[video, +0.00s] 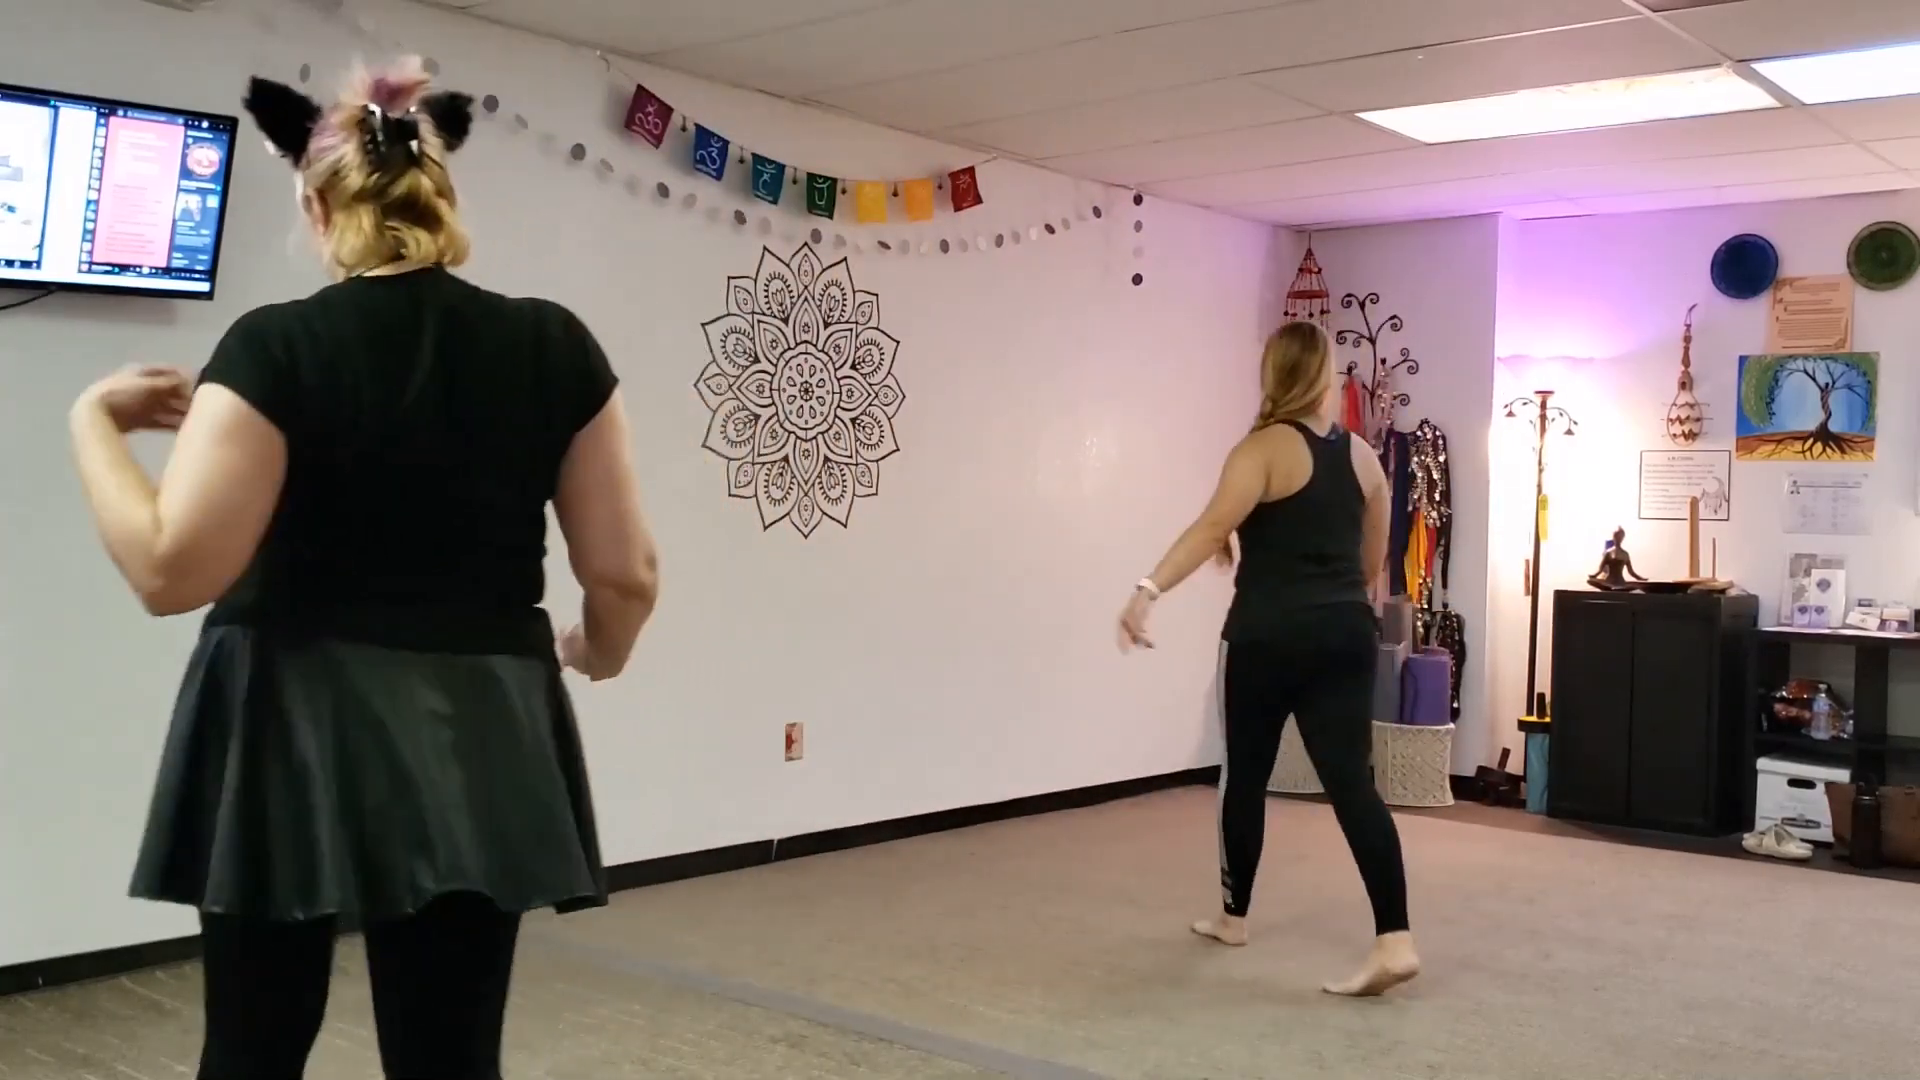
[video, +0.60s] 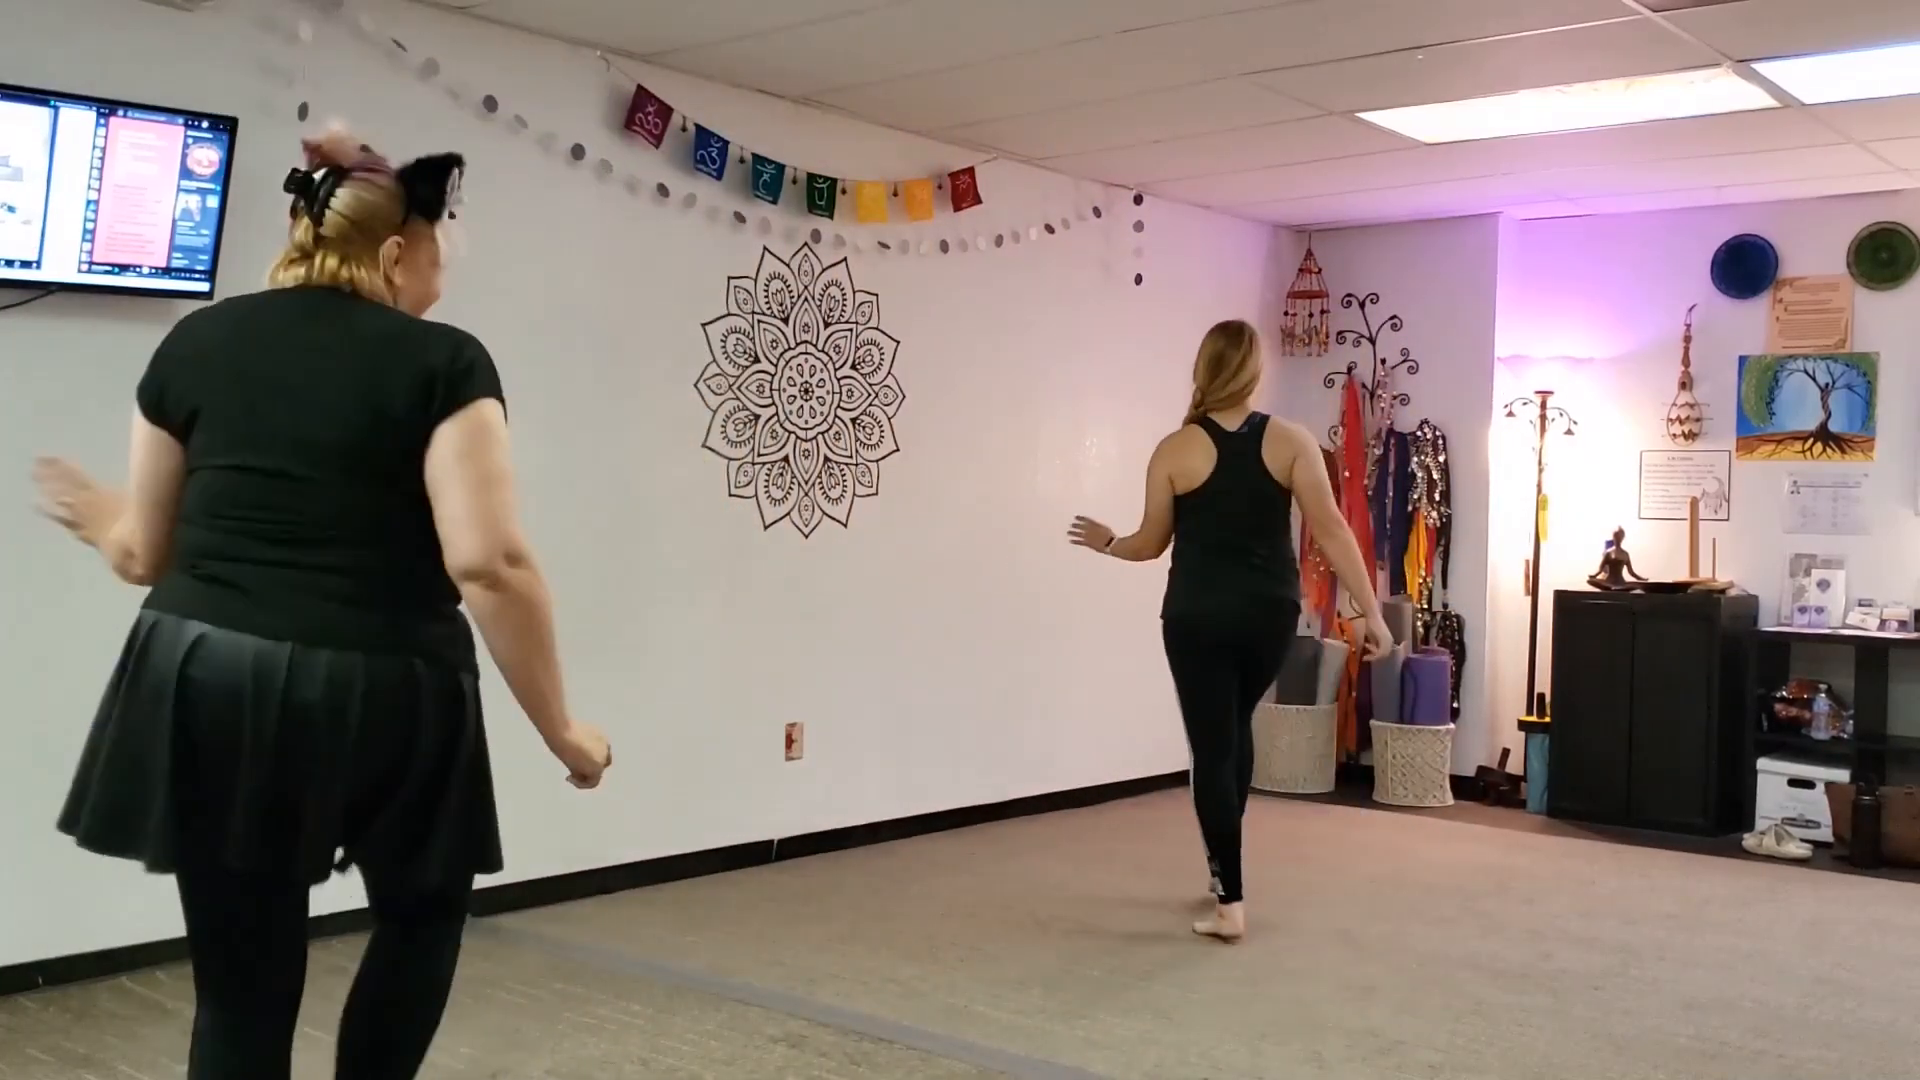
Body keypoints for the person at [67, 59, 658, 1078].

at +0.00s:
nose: (301, 225)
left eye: (301, 205)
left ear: (318, 208)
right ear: (445, 199)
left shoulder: (277, 345)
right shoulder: (550, 345)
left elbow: (171, 575)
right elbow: (624, 572)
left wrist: (90, 412)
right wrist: (597, 653)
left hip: (290, 722)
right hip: (477, 726)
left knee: (252, 1050)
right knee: (451, 1055)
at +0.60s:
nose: (439, 280)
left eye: (440, 259)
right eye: (435, 257)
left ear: (307, 244)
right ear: (395, 253)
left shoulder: (199, 339)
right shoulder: (440, 359)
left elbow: (145, 557)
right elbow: (485, 561)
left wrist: (94, 515)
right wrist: (559, 727)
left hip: (207, 680)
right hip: (386, 692)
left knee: (242, 986)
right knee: (421, 921)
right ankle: (368, 1073)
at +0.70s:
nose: (460, 275)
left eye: (460, 253)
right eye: (454, 253)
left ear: (330, 245)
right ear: (400, 252)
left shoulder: (224, 334)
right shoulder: (435, 352)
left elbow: (169, 532)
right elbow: (467, 542)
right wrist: (551, 722)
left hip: (216, 664)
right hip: (394, 677)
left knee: (246, 980)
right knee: (431, 935)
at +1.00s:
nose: (510, 291)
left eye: (511, 270)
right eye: (502, 269)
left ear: (413, 265)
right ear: (441, 268)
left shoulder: (317, 362)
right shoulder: (460, 367)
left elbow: (308, 519)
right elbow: (473, 543)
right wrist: (539, 722)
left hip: (307, 678)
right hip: (440, 694)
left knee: (305, 977)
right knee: (478, 967)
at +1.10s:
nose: (536, 283)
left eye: (536, 261)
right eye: (528, 260)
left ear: (439, 260)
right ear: (468, 263)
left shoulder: (358, 358)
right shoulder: (477, 370)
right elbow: (480, 539)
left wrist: (438, 205)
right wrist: (541, 720)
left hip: (350, 670)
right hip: (476, 688)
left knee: (341, 957)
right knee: (503, 955)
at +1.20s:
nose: (562, 289)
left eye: (561, 267)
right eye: (552, 266)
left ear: (473, 263)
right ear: (494, 266)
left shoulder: (396, 356)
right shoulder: (496, 374)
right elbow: (488, 540)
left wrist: (468, 199)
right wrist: (535, 716)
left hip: (396, 662)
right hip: (508, 675)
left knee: (375, 938)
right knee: (516, 953)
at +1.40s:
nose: (615, 308)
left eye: (616, 289)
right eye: (607, 287)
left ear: (530, 280)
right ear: (547, 284)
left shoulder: (461, 362)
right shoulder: (527, 384)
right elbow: (520, 551)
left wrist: (530, 221)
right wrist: (586, 707)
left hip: (469, 648)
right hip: (546, 661)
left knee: (515, 880)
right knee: (559, 918)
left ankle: (366, 992)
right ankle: (497, 1077)